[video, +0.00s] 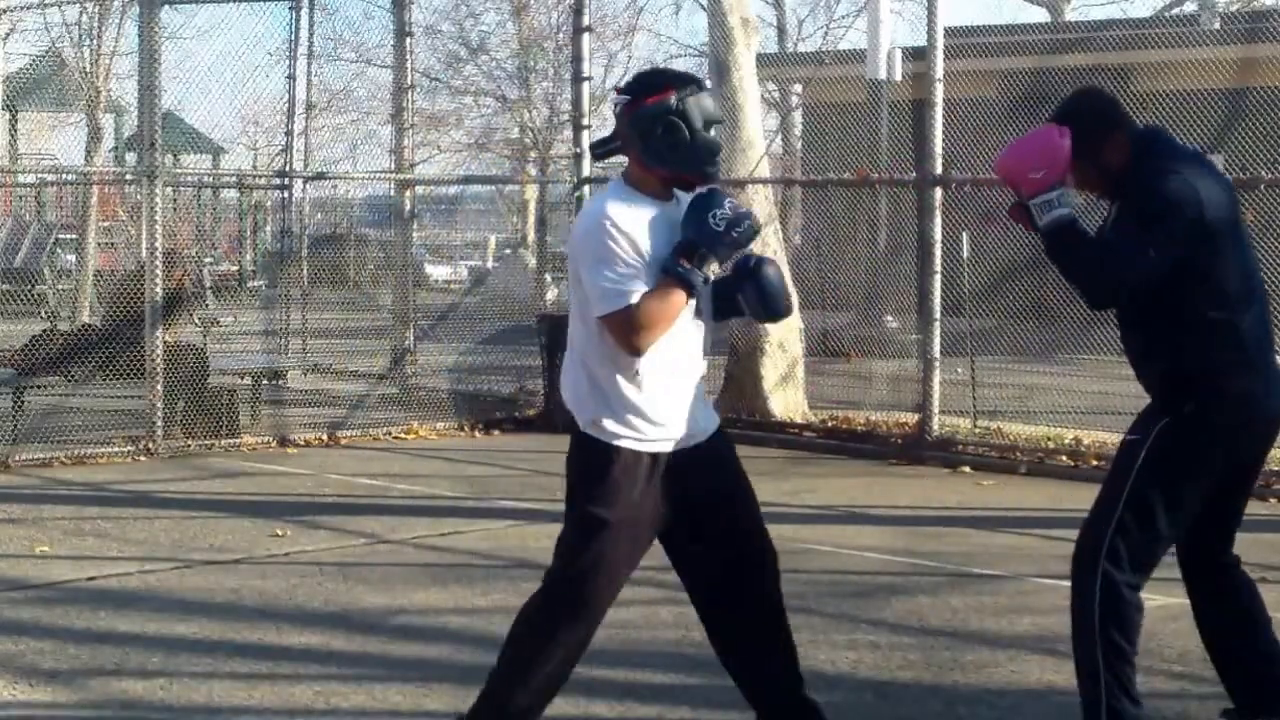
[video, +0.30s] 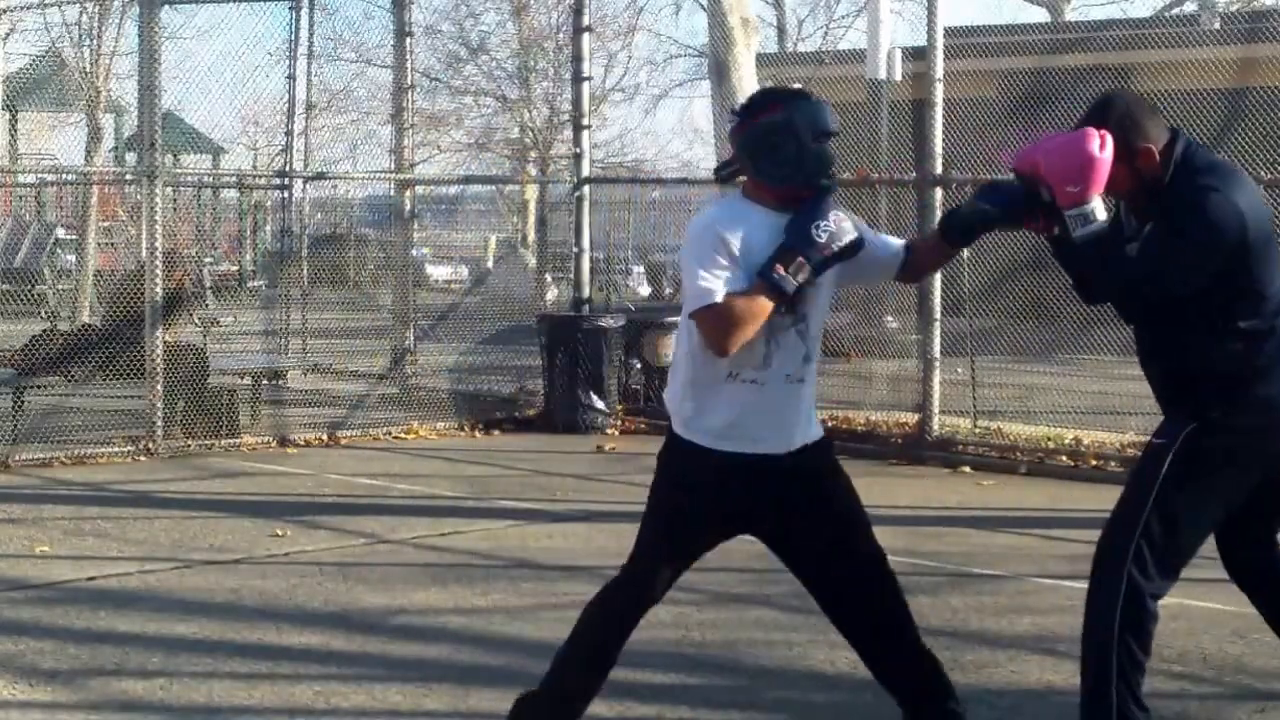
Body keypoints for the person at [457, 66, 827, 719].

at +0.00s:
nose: (685, 176)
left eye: (689, 163)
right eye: (673, 159)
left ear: (656, 151)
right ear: (649, 154)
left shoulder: (685, 208)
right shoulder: (605, 221)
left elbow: (676, 305)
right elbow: (633, 333)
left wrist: (735, 297)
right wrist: (695, 259)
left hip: (693, 435)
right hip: (621, 445)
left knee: (746, 585)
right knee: (574, 604)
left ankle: (789, 711)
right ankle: (495, 714)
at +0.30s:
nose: (825, 157)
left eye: (824, 142)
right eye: (808, 142)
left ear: (817, 153)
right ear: (765, 153)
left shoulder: (824, 224)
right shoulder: (715, 227)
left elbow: (908, 260)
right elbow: (724, 334)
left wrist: (965, 221)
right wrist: (795, 260)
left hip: (797, 460)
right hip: (703, 461)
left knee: (879, 615)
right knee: (635, 593)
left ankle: (940, 711)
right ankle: (545, 710)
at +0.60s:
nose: (849, 154)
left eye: (847, 141)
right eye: (836, 142)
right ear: (795, 152)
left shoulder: (840, 227)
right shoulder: (730, 232)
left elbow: (850, 326)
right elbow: (712, 339)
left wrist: (907, 305)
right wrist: (790, 283)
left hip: (829, 449)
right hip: (733, 453)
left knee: (884, 599)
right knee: (684, 600)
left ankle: (931, 712)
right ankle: (635, 711)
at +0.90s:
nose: (890, 141)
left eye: (891, 128)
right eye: (878, 129)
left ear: (842, 138)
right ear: (839, 134)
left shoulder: (880, 217)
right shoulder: (767, 212)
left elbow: (886, 324)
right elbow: (747, 318)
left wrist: (933, 285)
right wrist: (825, 267)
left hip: (866, 435)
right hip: (773, 438)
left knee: (901, 593)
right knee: (713, 588)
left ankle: (921, 711)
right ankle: (637, 708)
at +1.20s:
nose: (895, 126)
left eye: (895, 114)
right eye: (881, 114)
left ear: (886, 117)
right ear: (834, 119)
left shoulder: (914, 196)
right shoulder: (777, 197)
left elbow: (961, 276)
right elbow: (782, 298)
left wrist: (927, 277)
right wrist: (851, 235)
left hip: (890, 422)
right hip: (798, 422)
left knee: (903, 589)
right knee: (762, 588)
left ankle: (923, 715)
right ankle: (721, 713)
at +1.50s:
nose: (847, 123)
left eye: (848, 109)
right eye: (828, 111)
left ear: (851, 117)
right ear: (783, 122)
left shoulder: (877, 195)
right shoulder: (744, 209)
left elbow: (916, 298)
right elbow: (748, 310)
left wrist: (928, 263)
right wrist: (801, 242)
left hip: (874, 427)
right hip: (779, 435)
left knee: (908, 589)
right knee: (748, 597)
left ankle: (940, 712)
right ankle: (721, 715)